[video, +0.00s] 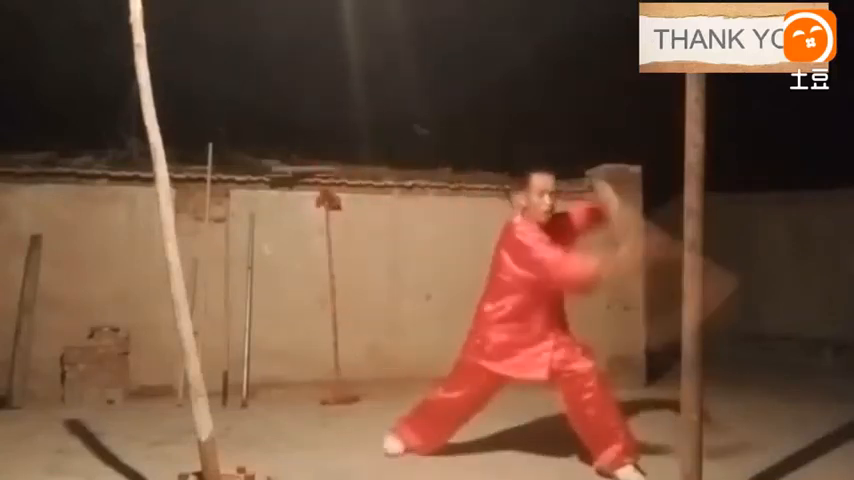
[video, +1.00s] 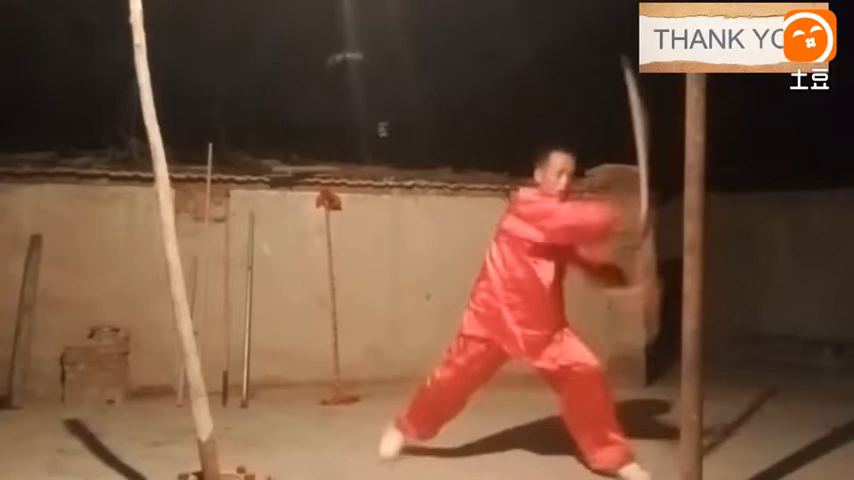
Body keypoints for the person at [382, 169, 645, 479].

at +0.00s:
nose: (548, 201)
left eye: (552, 194)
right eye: (540, 194)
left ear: (555, 197)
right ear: (519, 199)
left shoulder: (553, 228)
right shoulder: (518, 235)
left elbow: (587, 218)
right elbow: (563, 269)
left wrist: (608, 206)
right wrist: (616, 260)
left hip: (543, 335)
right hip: (499, 337)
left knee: (584, 375)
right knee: (459, 393)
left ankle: (615, 459)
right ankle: (406, 435)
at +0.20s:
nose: (546, 210)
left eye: (550, 203)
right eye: (538, 203)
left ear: (554, 206)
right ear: (521, 207)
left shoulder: (537, 234)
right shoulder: (517, 240)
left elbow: (568, 219)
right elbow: (575, 226)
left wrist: (581, 195)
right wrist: (629, 178)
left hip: (530, 347)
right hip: (494, 347)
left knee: (578, 378)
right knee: (452, 398)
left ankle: (617, 460)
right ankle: (395, 436)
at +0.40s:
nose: (548, 206)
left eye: (552, 199)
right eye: (540, 199)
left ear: (556, 200)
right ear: (520, 201)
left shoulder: (537, 230)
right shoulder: (520, 233)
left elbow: (579, 210)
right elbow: (575, 218)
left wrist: (618, 179)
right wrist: (629, 178)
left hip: (529, 337)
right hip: (497, 338)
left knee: (578, 378)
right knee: (458, 395)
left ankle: (614, 457)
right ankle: (397, 435)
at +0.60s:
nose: (554, 204)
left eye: (557, 196)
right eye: (547, 196)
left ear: (559, 196)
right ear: (526, 197)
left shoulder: (537, 228)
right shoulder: (523, 232)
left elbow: (583, 209)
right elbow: (584, 219)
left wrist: (626, 179)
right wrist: (637, 180)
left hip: (527, 334)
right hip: (500, 336)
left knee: (579, 378)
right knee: (460, 399)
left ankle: (614, 457)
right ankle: (397, 431)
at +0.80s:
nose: (559, 200)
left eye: (561, 192)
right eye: (551, 192)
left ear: (562, 192)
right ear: (530, 193)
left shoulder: (538, 224)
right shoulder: (523, 226)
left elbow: (584, 210)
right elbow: (579, 215)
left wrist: (630, 179)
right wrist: (632, 180)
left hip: (531, 328)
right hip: (502, 329)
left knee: (580, 377)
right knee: (463, 395)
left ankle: (615, 455)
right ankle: (400, 429)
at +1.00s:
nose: (564, 183)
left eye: (570, 176)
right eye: (557, 173)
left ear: (575, 179)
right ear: (538, 174)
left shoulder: (559, 217)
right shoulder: (525, 204)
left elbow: (582, 258)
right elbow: (570, 221)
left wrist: (619, 276)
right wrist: (616, 215)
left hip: (541, 327)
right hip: (493, 322)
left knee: (585, 373)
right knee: (451, 380)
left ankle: (611, 458)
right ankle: (404, 429)